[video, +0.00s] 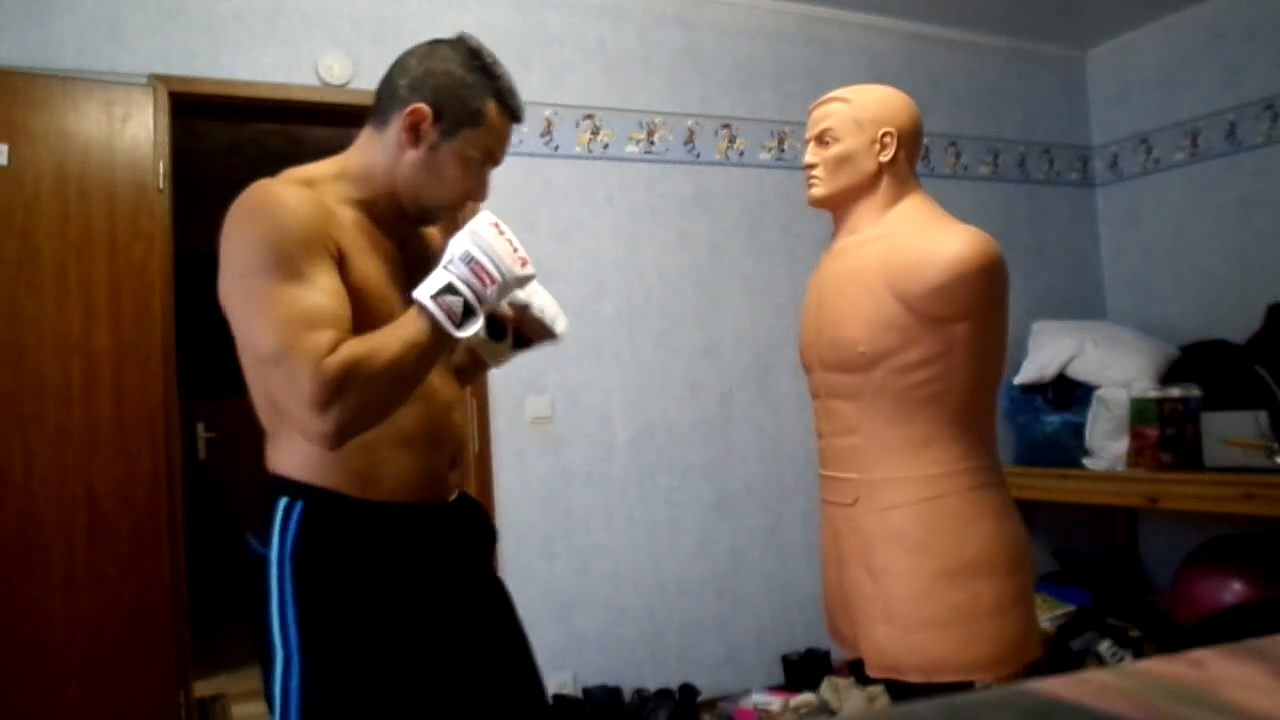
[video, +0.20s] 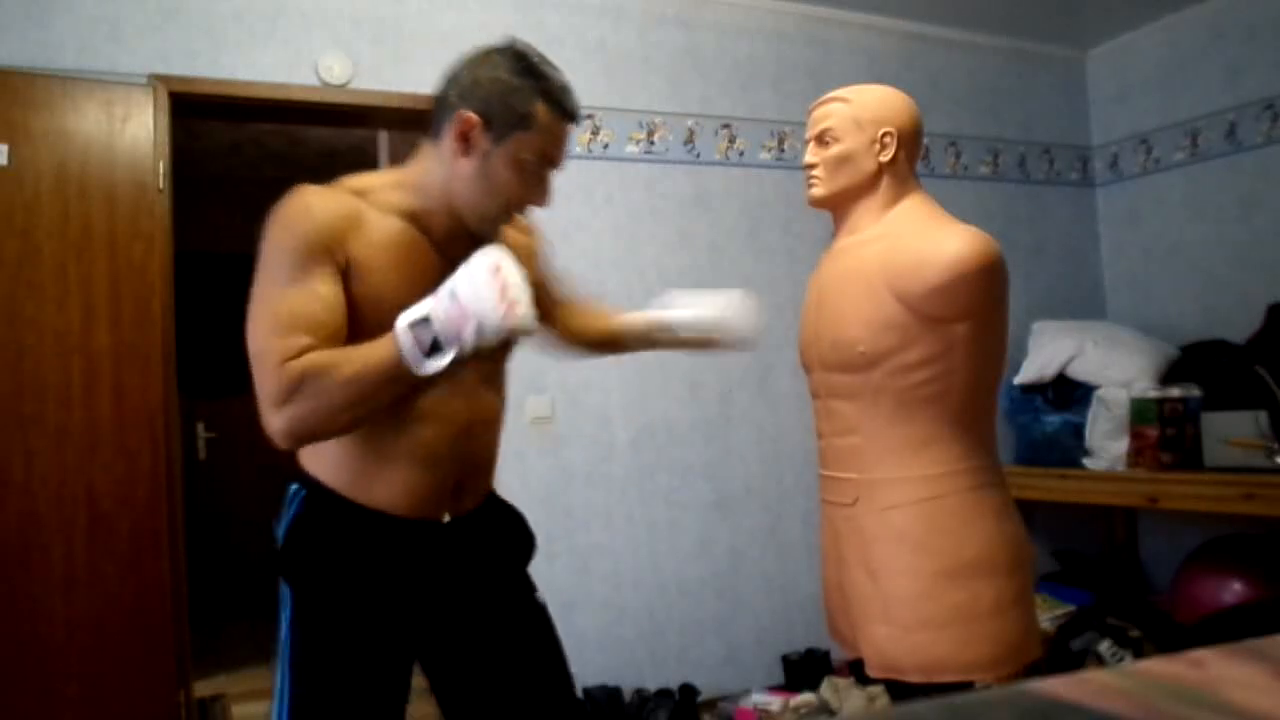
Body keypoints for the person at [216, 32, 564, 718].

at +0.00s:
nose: (482, 192)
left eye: (491, 168)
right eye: (481, 162)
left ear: (414, 130)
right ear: (416, 128)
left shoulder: (431, 231)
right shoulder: (277, 212)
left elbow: (438, 380)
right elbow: (322, 404)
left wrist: (496, 340)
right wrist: (451, 300)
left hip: (448, 542)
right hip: (339, 554)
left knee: (509, 711)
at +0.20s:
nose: (545, 195)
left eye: (552, 170)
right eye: (538, 166)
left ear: (469, 139)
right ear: (468, 136)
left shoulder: (508, 239)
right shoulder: (317, 219)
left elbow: (564, 320)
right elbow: (289, 407)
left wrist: (661, 328)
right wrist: (438, 327)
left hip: (473, 554)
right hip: (350, 559)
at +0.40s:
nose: (614, 220)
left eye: (622, 197)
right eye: (613, 191)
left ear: (557, 166)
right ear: (560, 164)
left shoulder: (526, 262)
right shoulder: (460, 222)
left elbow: (563, 388)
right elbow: (411, 373)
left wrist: (670, 372)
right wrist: (559, 348)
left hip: (491, 538)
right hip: (423, 532)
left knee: (545, 704)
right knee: (400, 709)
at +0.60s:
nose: (608, 218)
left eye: (617, 198)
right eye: (610, 192)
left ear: (557, 158)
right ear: (565, 161)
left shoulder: (463, 225)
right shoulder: (528, 221)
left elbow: (513, 382)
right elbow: (635, 371)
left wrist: (594, 361)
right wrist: (716, 373)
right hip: (472, 530)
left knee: (540, 707)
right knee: (469, 709)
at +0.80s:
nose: (581, 201)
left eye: (589, 180)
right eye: (580, 173)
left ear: (526, 146)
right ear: (528, 143)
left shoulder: (487, 232)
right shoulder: (446, 210)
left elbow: (505, 378)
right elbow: (475, 384)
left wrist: (578, 326)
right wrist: (593, 362)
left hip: (488, 518)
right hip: (440, 520)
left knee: (538, 706)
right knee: (466, 710)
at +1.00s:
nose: (519, 192)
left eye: (529, 172)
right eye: (520, 166)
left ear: (461, 140)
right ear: (462, 135)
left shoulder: (442, 229)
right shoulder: (369, 214)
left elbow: (495, 373)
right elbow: (473, 376)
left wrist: (536, 262)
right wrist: (538, 258)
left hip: (462, 538)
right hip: (395, 542)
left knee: (512, 709)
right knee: (400, 719)